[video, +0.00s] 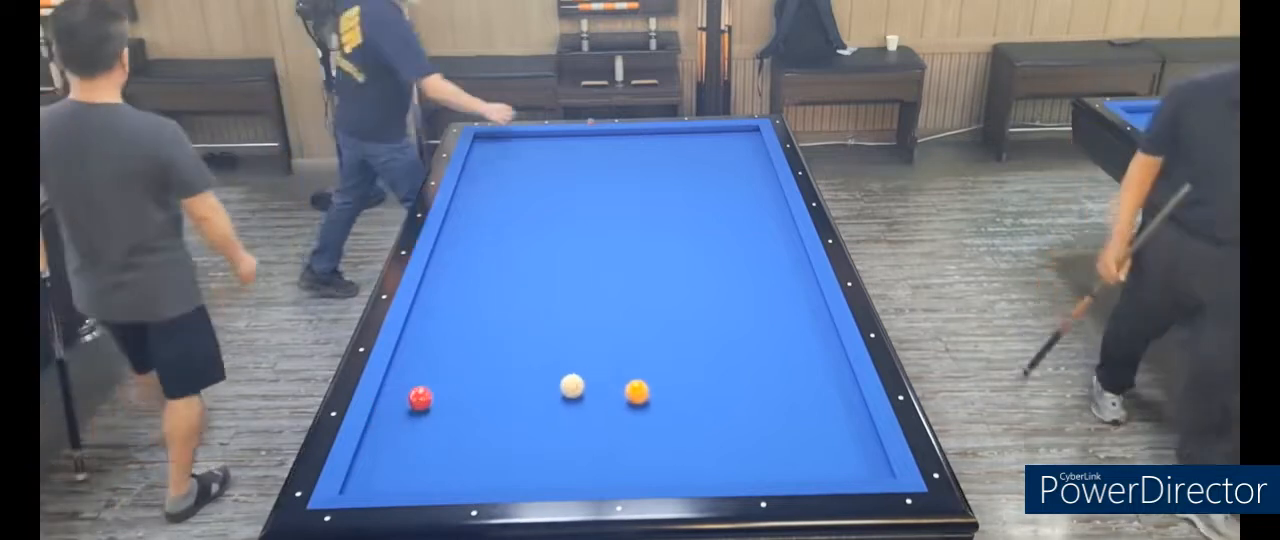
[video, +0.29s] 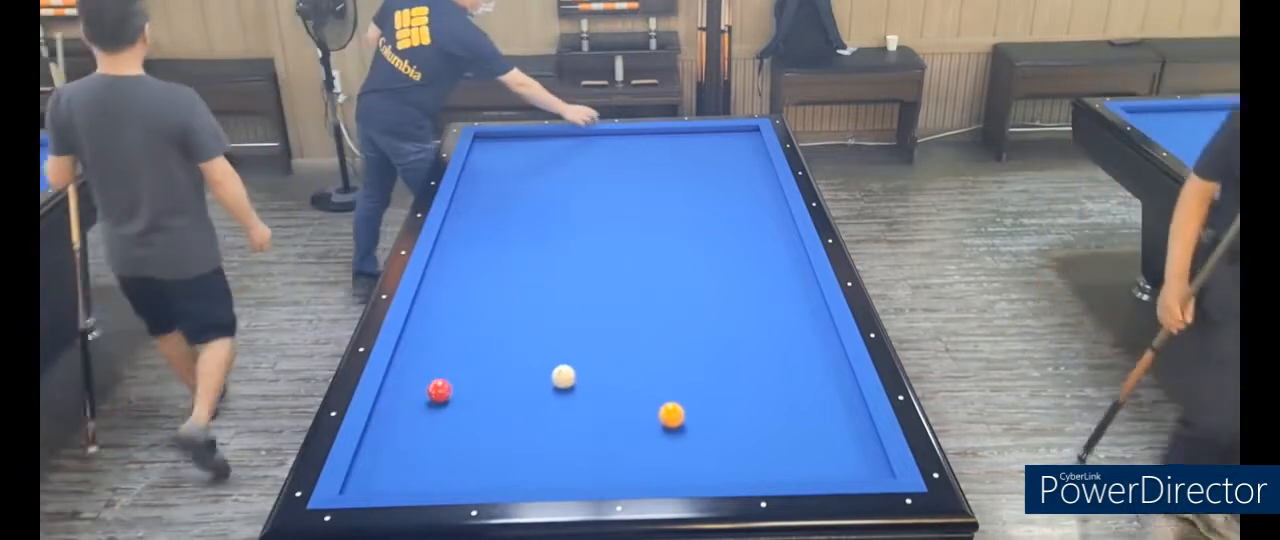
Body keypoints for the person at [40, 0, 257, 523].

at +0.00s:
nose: (130, 57)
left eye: (124, 49)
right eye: (128, 50)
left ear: (63, 62)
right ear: (123, 59)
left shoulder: (48, 128)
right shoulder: (156, 135)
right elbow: (208, 217)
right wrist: (240, 257)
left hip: (96, 293)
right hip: (161, 289)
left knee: (142, 368)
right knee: (183, 389)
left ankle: (173, 427)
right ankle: (180, 492)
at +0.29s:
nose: (151, 35)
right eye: (148, 28)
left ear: (87, 38)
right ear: (144, 35)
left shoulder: (68, 103)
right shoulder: (178, 100)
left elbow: (58, 177)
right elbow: (218, 175)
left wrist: (89, 153)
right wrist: (253, 225)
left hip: (127, 257)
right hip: (186, 251)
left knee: (166, 331)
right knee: (217, 332)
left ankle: (206, 401)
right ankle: (198, 422)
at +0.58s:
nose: (180, 20)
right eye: (178, 14)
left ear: (128, 19)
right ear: (174, 18)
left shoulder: (100, 71)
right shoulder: (198, 83)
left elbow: (88, 131)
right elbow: (231, 162)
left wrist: (121, 103)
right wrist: (260, 214)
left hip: (151, 228)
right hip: (209, 222)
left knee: (175, 313)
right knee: (243, 285)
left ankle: (201, 397)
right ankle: (260, 347)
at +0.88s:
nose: (215, 12)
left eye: (212, 6)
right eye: (214, 7)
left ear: (168, 11)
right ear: (209, 10)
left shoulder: (139, 54)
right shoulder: (230, 64)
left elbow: (126, 109)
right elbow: (257, 136)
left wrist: (159, 94)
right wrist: (280, 192)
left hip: (185, 201)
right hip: (238, 196)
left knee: (198, 273)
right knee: (260, 256)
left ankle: (198, 355)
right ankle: (260, 325)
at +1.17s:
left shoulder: (176, 32)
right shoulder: (260, 37)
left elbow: (161, 96)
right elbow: (294, 103)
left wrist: (195, 86)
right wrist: (304, 135)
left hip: (217, 166)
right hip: (264, 166)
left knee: (251, 226)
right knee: (268, 244)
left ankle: (261, 292)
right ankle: (260, 323)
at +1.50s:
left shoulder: (211, 13)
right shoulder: (283, 16)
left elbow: (205, 73)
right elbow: (310, 71)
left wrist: (236, 64)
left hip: (248, 136)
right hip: (290, 136)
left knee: (271, 203)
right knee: (315, 202)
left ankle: (295, 264)